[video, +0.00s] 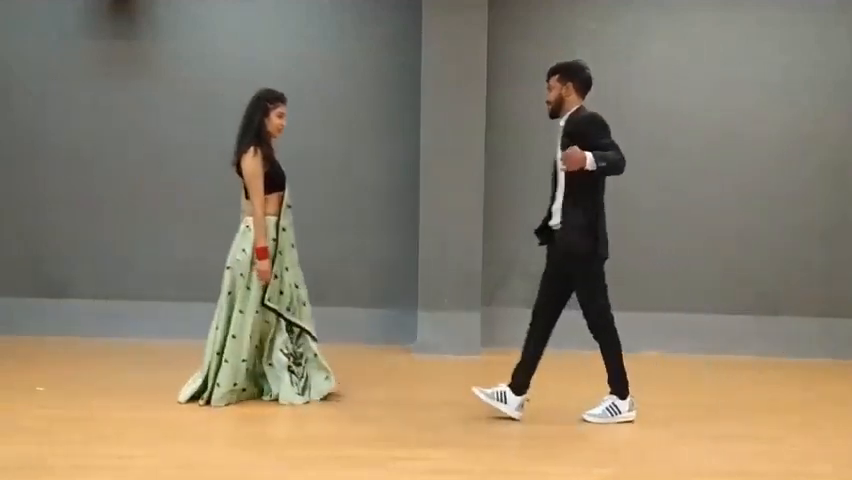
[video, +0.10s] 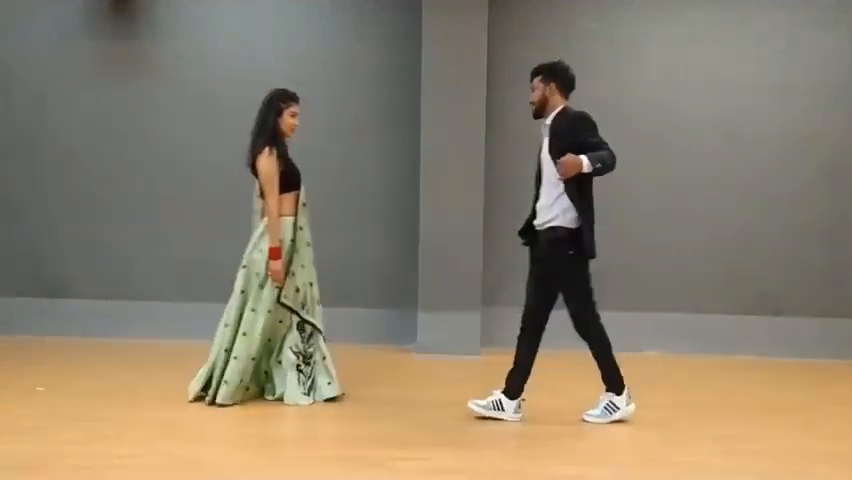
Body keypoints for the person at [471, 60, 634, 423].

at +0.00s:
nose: (546, 94)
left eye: (550, 87)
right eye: (547, 87)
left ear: (567, 87)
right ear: (566, 88)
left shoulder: (588, 122)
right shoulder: (568, 127)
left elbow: (617, 161)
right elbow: (571, 186)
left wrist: (588, 160)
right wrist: (555, 225)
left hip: (582, 241)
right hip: (563, 241)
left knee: (600, 320)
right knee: (542, 317)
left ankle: (621, 399)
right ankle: (514, 393)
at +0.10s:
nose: (531, 96)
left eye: (535, 88)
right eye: (531, 89)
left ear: (553, 89)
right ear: (551, 90)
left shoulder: (575, 121)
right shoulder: (551, 129)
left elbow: (607, 157)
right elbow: (550, 183)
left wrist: (584, 162)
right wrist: (536, 224)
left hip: (566, 236)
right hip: (545, 236)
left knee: (585, 320)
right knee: (533, 320)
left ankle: (618, 395)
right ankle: (509, 398)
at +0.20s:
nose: (508, 92)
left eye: (511, 84)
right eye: (509, 85)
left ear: (528, 84)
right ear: (527, 85)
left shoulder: (557, 115)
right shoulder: (527, 126)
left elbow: (590, 151)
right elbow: (528, 178)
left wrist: (571, 170)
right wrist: (513, 215)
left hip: (544, 232)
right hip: (519, 231)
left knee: (550, 320)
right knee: (517, 319)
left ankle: (604, 382)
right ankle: (507, 399)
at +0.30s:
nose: (493, 90)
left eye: (495, 82)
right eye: (494, 83)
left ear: (510, 82)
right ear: (512, 84)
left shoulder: (543, 113)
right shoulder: (511, 126)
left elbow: (577, 150)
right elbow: (513, 175)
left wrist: (562, 181)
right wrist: (499, 213)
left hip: (528, 229)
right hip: (506, 229)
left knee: (518, 316)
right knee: (510, 316)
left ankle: (576, 374)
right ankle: (507, 399)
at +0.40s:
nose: (477, 89)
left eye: (481, 81)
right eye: (478, 81)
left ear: (496, 81)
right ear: (498, 83)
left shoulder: (530, 113)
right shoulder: (494, 123)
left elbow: (564, 151)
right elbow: (500, 173)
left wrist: (554, 189)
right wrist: (487, 212)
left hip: (516, 227)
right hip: (496, 227)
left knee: (497, 313)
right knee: (499, 314)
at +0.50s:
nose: (465, 90)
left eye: (468, 82)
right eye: (466, 83)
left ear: (483, 82)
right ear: (485, 82)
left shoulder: (519, 112)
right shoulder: (483, 124)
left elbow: (552, 152)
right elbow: (485, 175)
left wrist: (544, 194)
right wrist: (473, 214)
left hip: (504, 225)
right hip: (487, 225)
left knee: (473, 312)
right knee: (499, 317)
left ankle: (486, 396)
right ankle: (508, 399)